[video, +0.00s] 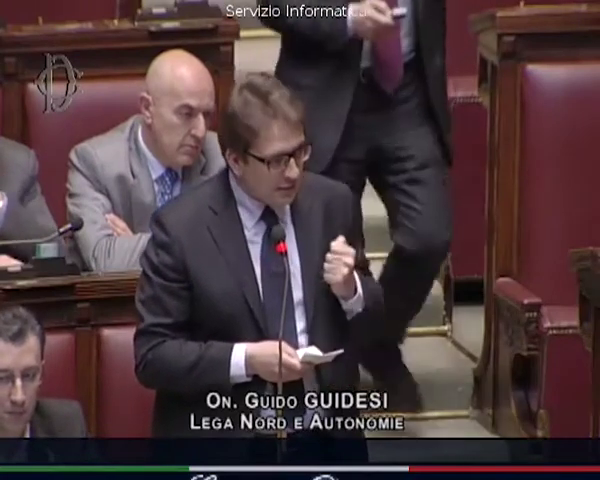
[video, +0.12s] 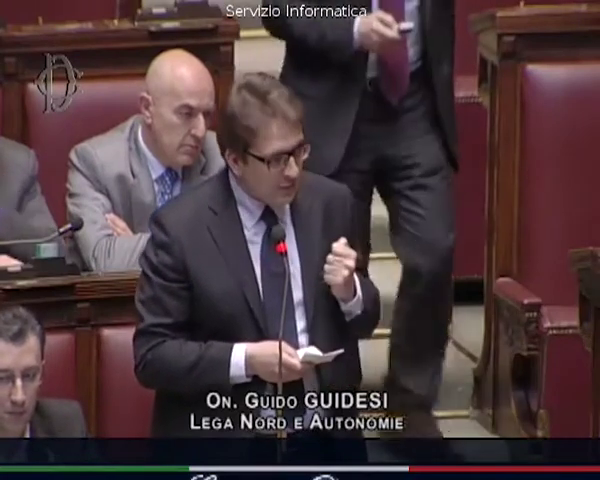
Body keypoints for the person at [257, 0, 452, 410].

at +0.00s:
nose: (287, 170)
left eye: (291, 158)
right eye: (272, 160)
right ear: (239, 157)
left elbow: (433, 34)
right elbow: (273, 10)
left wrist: (438, 119)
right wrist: (345, 19)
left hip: (410, 93)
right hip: (328, 93)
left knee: (428, 240)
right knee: (335, 256)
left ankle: (380, 343)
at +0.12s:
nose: (287, 171)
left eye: (290, 160)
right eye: (272, 160)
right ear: (238, 159)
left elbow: (442, 34)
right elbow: (277, 13)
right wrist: (351, 30)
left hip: (418, 104)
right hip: (333, 104)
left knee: (433, 257)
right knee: (338, 267)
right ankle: (336, 402)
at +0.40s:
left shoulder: (473, 8)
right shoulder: (338, 6)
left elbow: (481, 68)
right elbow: (310, 66)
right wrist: (381, 87)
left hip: (446, 157)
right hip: (364, 156)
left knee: (442, 335)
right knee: (368, 316)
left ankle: (428, 459)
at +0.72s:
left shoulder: (493, 6)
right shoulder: (361, 6)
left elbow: (499, 84)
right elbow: (335, 86)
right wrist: (409, 113)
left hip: (466, 183)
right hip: (384, 184)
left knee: (461, 341)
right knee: (391, 340)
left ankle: (433, 456)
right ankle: (380, 446)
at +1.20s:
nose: (467, 27)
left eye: (476, 16)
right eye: (458, 15)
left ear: (486, 9)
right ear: (428, 0)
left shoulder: (488, 34)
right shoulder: (365, 36)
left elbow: (494, 140)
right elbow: (331, 149)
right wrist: (407, 176)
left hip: (472, 243)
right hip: (395, 248)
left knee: (492, 391)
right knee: (399, 413)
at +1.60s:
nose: (498, 55)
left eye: (506, 41)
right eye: (485, 42)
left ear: (514, 29)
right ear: (446, 24)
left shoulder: (515, 75)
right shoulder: (391, 80)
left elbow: (520, 189)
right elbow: (372, 189)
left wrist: (519, 293)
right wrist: (449, 162)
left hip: (495, 292)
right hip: (417, 296)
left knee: (496, 447)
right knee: (420, 452)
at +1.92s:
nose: (534, 85)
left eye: (542, 70)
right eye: (520, 73)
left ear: (550, 57)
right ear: (484, 61)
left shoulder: (547, 115)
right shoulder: (437, 118)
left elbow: (551, 225)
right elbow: (447, 217)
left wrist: (563, 315)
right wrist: (503, 140)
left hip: (535, 331)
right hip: (463, 336)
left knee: (534, 479)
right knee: (470, 479)